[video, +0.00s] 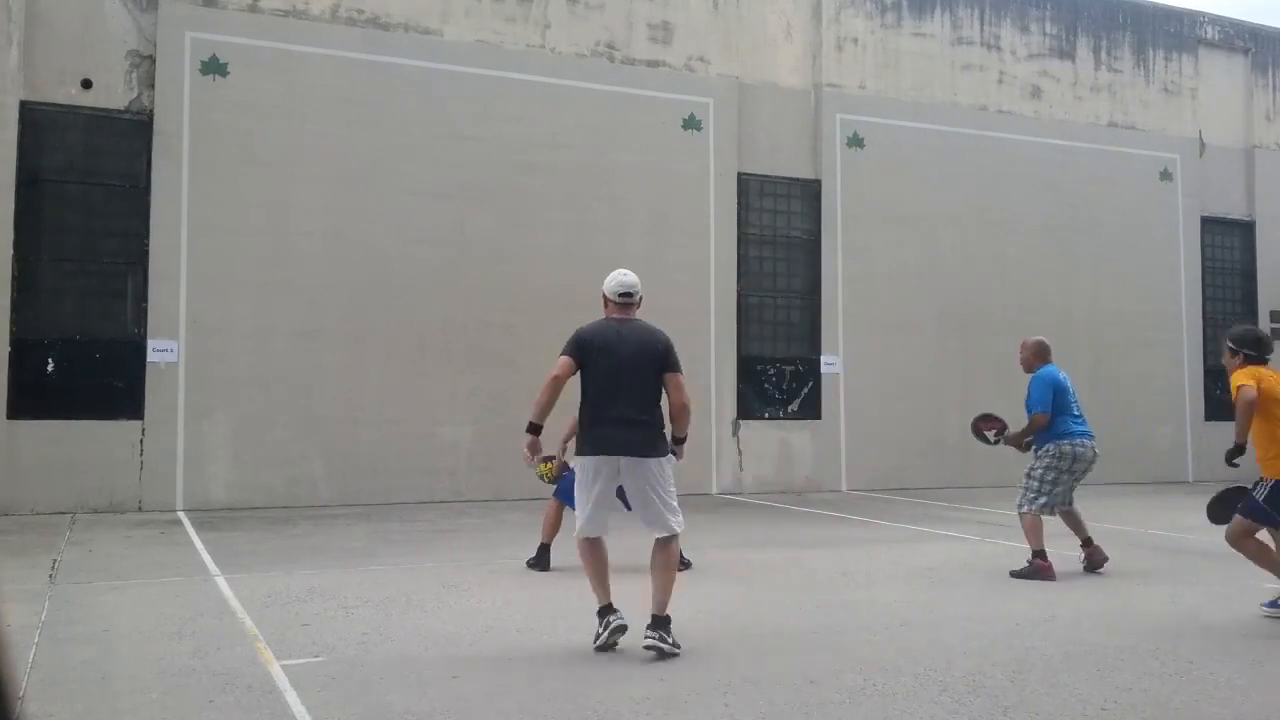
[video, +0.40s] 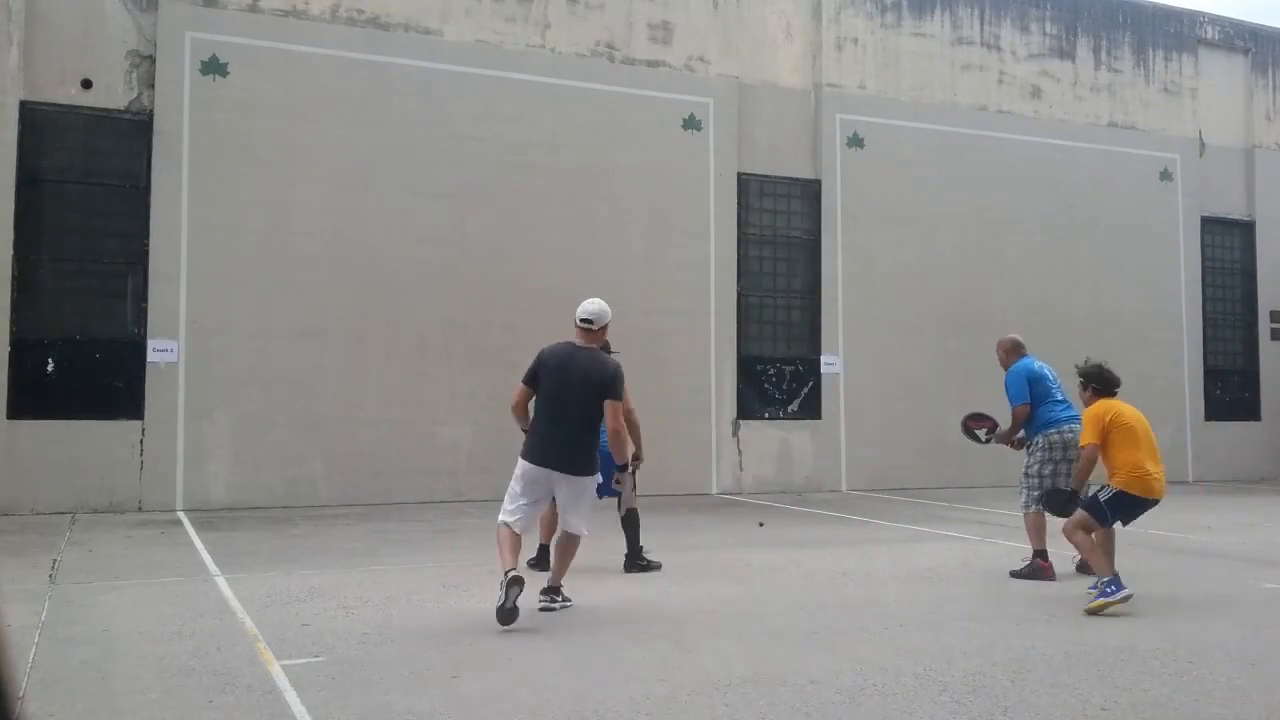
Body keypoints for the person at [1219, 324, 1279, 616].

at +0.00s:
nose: (1223, 360)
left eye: (1226, 354)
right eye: (1224, 354)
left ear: (1239, 357)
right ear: (1259, 355)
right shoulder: (1272, 374)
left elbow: (1248, 397)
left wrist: (1239, 443)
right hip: (1277, 476)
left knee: (1237, 536)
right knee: (1276, 534)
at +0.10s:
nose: (1180, 369)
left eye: (1182, 363)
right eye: (1180, 362)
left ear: (1194, 366)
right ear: (1214, 365)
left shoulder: (1198, 386)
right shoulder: (1238, 390)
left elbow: (1202, 424)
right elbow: (1251, 440)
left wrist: (1196, 468)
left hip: (1227, 476)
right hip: (1258, 478)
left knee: (1166, 523)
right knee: (1219, 527)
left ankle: (1188, 595)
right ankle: (1232, 594)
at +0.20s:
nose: (1138, 383)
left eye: (1139, 377)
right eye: (1139, 377)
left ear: (1150, 380)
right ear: (1171, 380)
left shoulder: (1155, 405)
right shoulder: (1190, 402)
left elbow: (1152, 447)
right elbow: (1201, 448)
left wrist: (1145, 484)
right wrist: (1164, 485)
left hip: (1183, 488)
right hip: (1209, 490)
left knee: (1119, 529)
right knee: (1163, 518)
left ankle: (1125, 599)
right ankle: (1190, 575)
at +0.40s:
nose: (1080, 396)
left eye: (1080, 390)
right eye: (1080, 390)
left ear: (1090, 390)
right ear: (1108, 389)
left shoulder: (1095, 410)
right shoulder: (1127, 409)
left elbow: (1089, 455)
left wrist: (1073, 492)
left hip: (1128, 485)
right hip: (1152, 487)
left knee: (1072, 528)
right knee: (1101, 520)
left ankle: (1110, 584)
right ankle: (1108, 577)